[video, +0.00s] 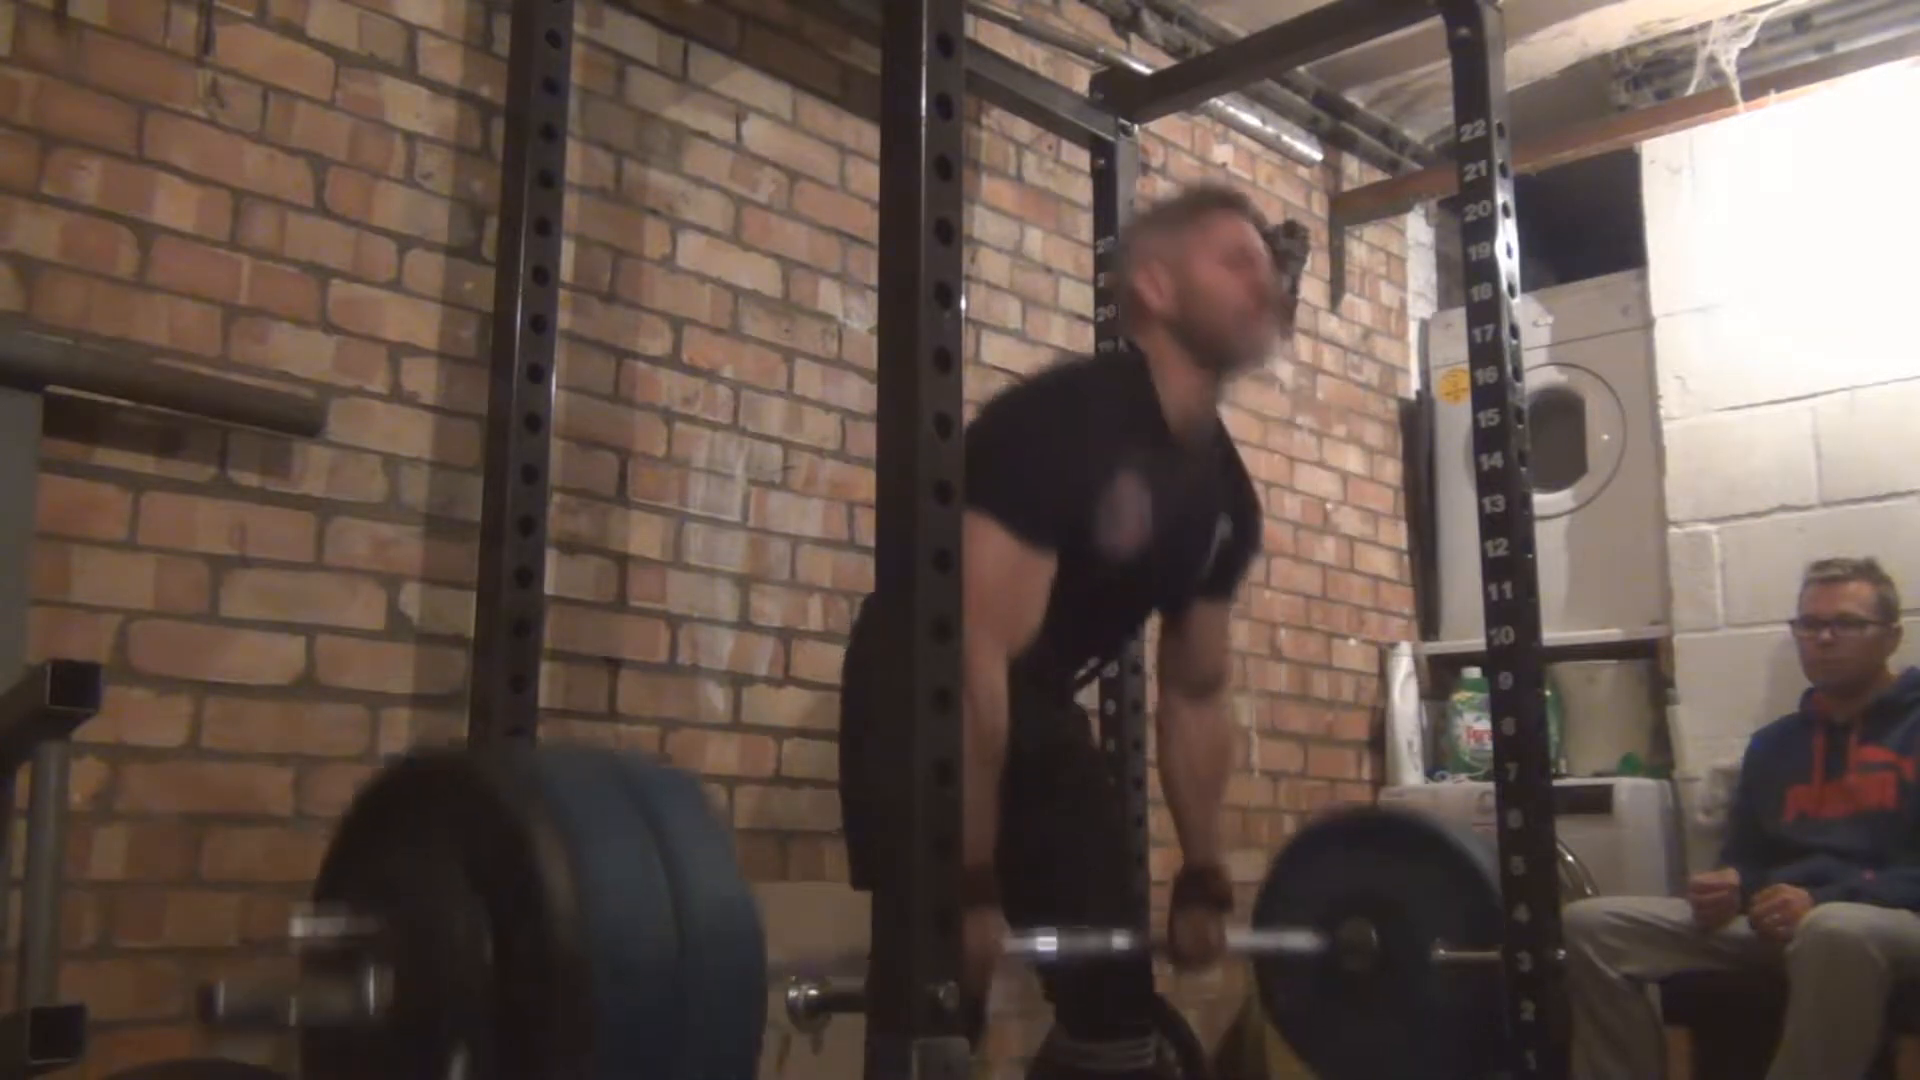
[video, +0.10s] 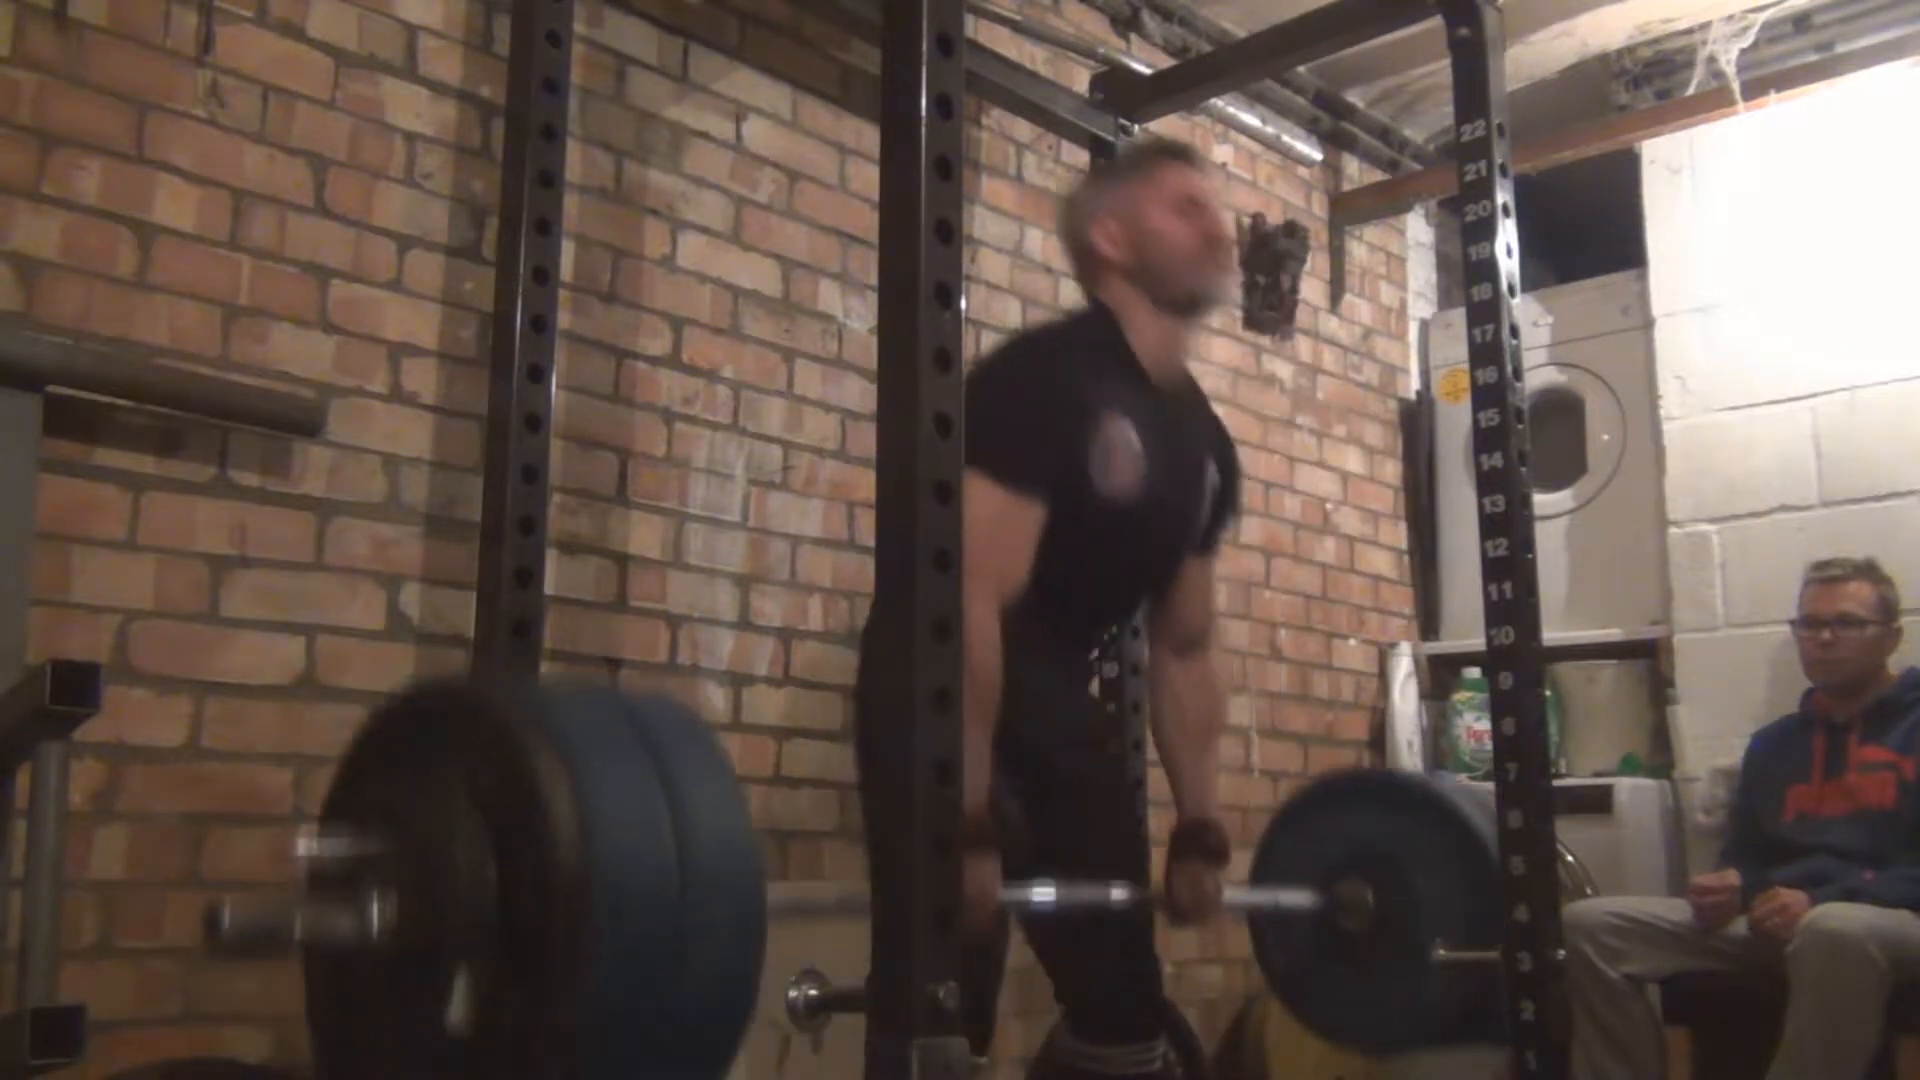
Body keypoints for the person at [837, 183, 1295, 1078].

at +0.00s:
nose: (1271, 283)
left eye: (1267, 263)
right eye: (1239, 260)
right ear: (1153, 285)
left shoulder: (1222, 494)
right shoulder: (1056, 424)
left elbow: (1197, 691)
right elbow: (976, 653)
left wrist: (1205, 861)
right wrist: (969, 887)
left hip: (1039, 690)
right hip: (923, 678)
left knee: (1108, 975)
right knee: (937, 973)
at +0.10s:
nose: (1221, 229)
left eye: (1215, 209)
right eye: (1188, 208)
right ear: (1108, 239)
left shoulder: (1204, 445)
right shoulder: (1036, 380)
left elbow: (1186, 644)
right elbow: (968, 604)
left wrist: (1199, 823)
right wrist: (969, 828)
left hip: (1072, 690)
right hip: (949, 679)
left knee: (1117, 992)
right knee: (946, 993)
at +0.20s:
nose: (1162, 198)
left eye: (1160, 181)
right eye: (1133, 177)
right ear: (1054, 202)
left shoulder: (1172, 405)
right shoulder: (1009, 341)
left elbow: (1174, 606)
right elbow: (961, 569)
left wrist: (1193, 778)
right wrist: (966, 782)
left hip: (1092, 692)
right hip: (982, 671)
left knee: (1124, 1003)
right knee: (958, 1003)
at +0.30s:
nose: (1110, 193)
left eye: (1112, 177)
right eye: (1082, 173)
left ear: (1116, 199)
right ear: (1004, 193)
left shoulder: (1124, 381)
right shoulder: (972, 329)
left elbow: (1159, 584)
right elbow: (948, 549)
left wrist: (1193, 761)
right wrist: (963, 751)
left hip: (1094, 691)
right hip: (981, 685)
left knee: (1120, 1006)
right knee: (955, 1008)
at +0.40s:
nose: (1075, 220)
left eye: (1082, 202)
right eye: (1050, 197)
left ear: (1087, 213)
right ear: (973, 205)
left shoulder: (1085, 375)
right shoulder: (918, 344)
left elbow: (1143, 573)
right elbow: (913, 551)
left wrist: (1191, 754)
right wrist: (960, 740)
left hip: (1101, 676)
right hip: (976, 679)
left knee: (1117, 1001)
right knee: (954, 1006)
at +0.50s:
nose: (1053, 238)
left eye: (1057, 221)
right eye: (1029, 217)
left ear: (1054, 237)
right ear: (955, 223)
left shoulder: (1080, 396)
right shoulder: (892, 365)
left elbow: (1136, 585)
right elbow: (913, 561)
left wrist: (1190, 761)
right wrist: (962, 745)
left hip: (1110, 740)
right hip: (976, 745)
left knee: (1123, 1023)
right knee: (956, 1028)